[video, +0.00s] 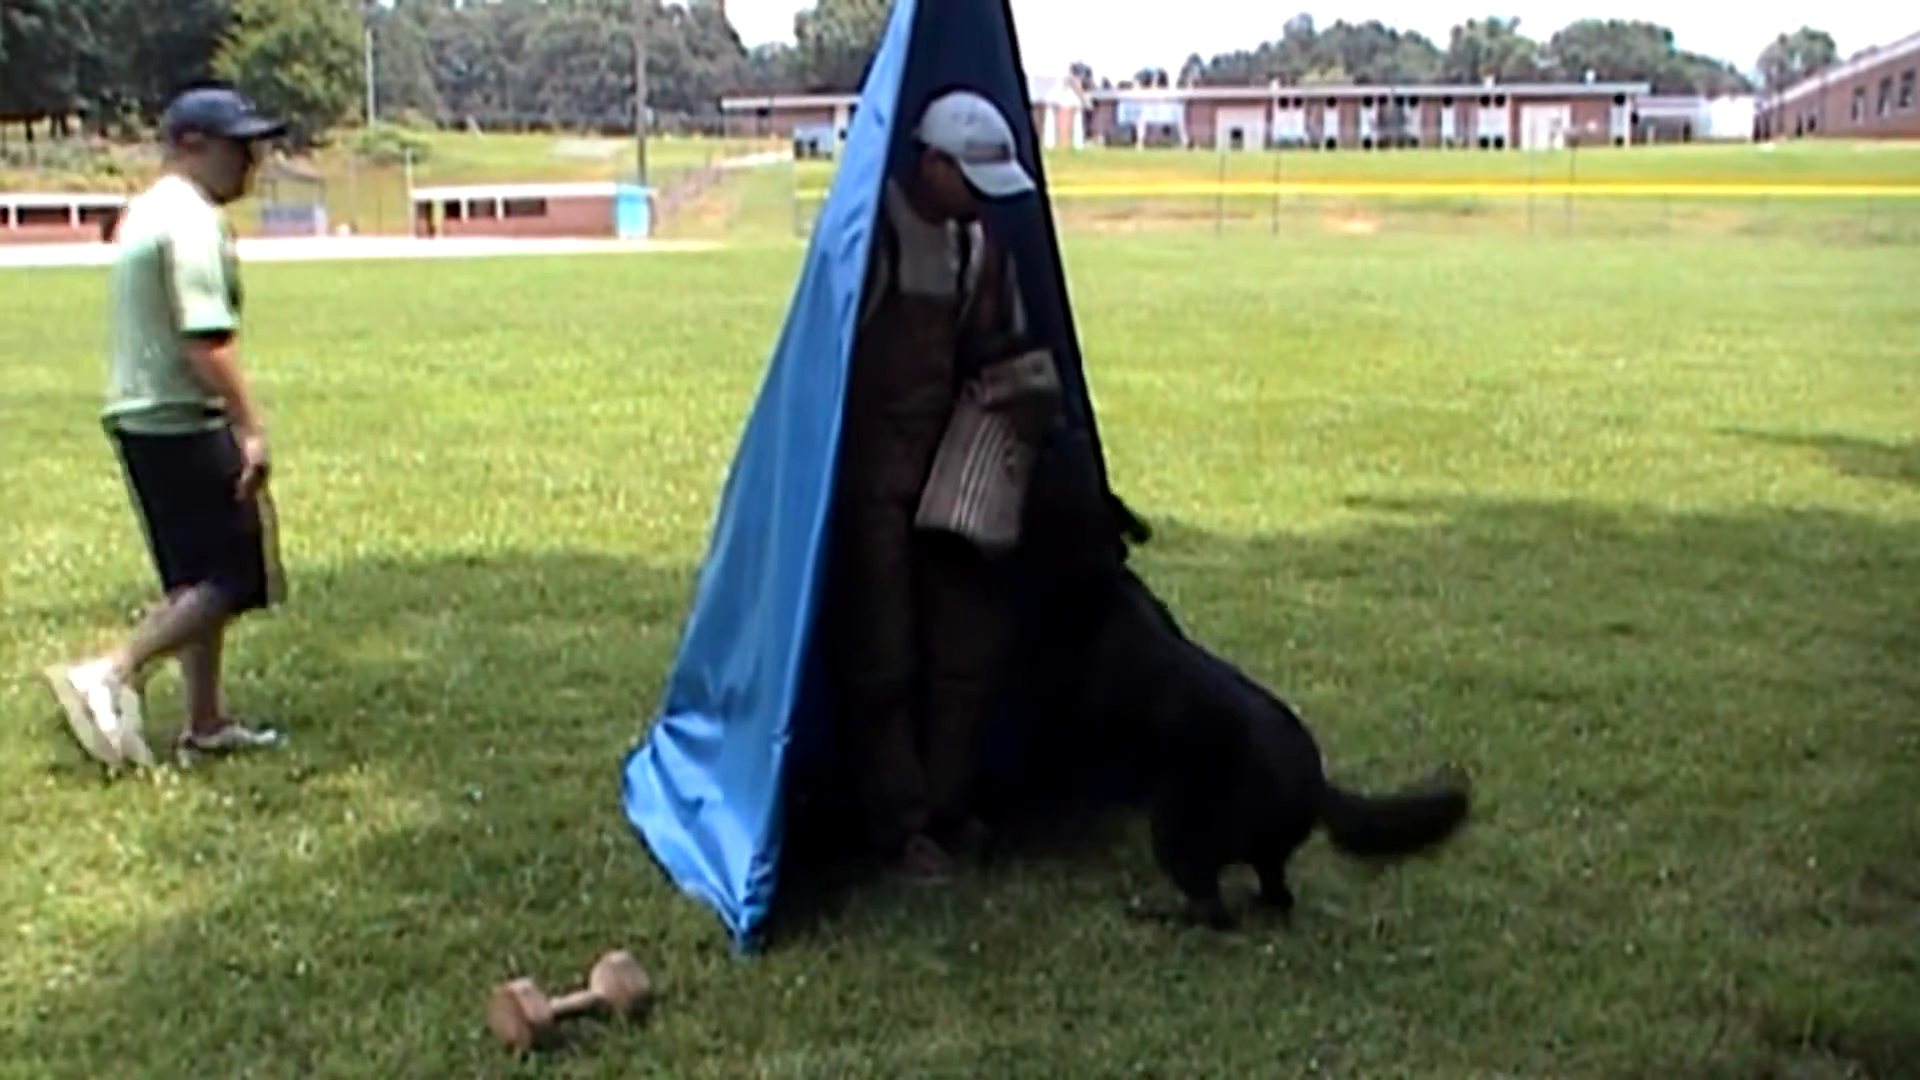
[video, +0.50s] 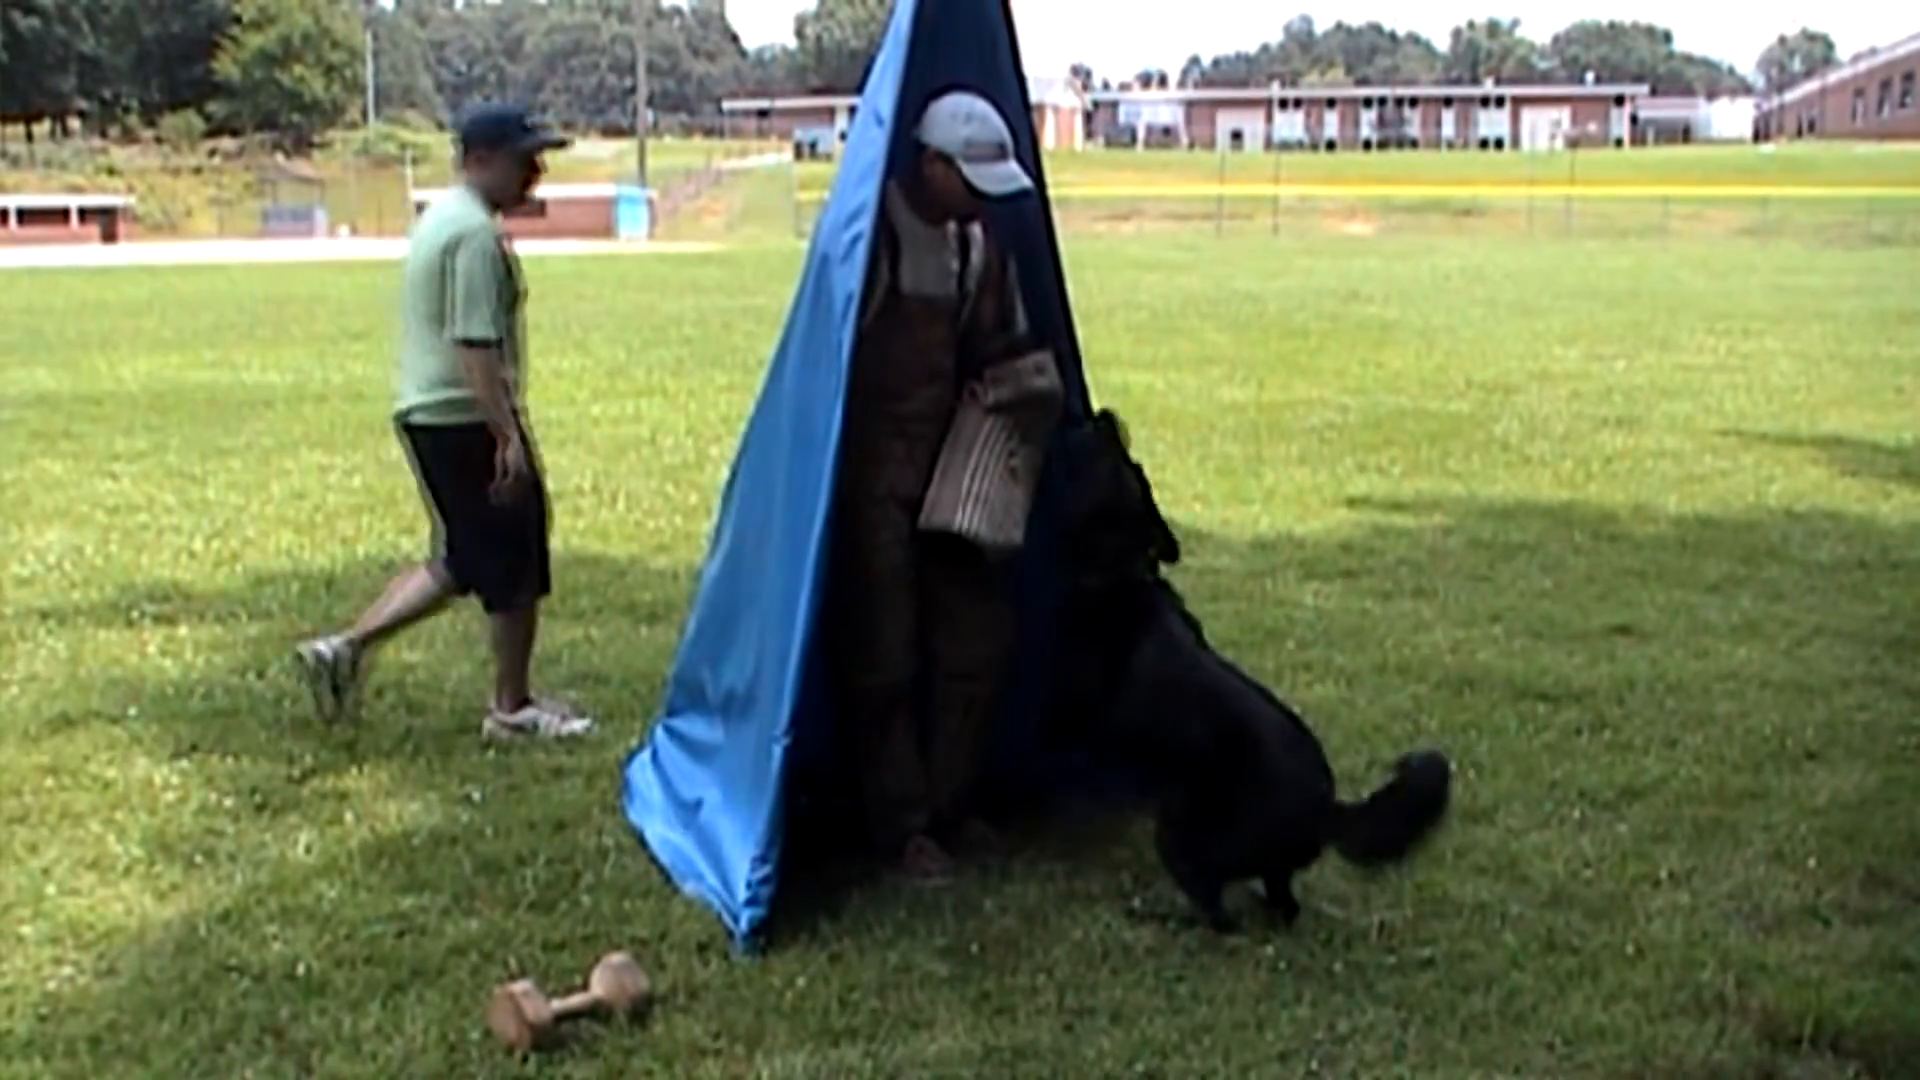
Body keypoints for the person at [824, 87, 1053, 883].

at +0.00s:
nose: (980, 196)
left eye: (987, 183)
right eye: (971, 179)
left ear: (983, 172)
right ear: (928, 162)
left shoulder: (984, 249)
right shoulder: (863, 244)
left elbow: (1005, 362)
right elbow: (824, 369)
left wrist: (1028, 385)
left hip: (959, 486)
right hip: (872, 486)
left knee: (962, 648)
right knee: (885, 658)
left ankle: (948, 811)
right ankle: (899, 828)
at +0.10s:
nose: (980, 197)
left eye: (987, 183)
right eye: (970, 180)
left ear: (984, 173)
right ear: (928, 162)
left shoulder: (984, 250)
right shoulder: (864, 243)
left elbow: (1011, 362)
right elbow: (823, 366)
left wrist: (1026, 384)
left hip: (960, 484)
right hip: (872, 484)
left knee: (965, 646)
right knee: (886, 657)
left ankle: (940, 817)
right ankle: (900, 830)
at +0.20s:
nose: (979, 199)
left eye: (987, 185)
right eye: (970, 181)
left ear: (986, 173)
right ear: (928, 163)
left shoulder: (985, 250)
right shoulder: (865, 244)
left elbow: (1012, 362)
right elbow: (824, 368)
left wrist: (1024, 385)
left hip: (961, 486)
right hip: (873, 486)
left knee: (967, 646)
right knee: (887, 658)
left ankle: (950, 812)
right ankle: (901, 829)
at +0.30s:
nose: (979, 200)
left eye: (987, 186)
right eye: (970, 183)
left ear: (985, 175)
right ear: (928, 163)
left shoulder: (985, 250)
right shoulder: (865, 243)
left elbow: (1012, 361)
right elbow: (825, 369)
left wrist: (1025, 383)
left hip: (963, 486)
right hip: (874, 486)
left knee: (967, 647)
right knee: (888, 657)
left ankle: (951, 813)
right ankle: (900, 829)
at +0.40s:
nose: (980, 199)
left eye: (987, 185)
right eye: (970, 182)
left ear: (986, 174)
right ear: (928, 164)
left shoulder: (986, 248)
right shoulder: (865, 243)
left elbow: (1014, 363)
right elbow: (826, 370)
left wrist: (1025, 382)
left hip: (962, 488)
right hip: (875, 488)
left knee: (969, 647)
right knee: (888, 657)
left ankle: (951, 811)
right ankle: (900, 829)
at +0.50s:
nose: (979, 200)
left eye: (986, 186)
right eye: (969, 183)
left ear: (983, 175)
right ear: (928, 164)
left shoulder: (984, 249)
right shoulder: (864, 244)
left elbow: (1020, 363)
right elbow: (824, 370)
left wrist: (1021, 383)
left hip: (963, 487)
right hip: (874, 487)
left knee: (969, 646)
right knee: (887, 657)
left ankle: (951, 810)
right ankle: (898, 828)